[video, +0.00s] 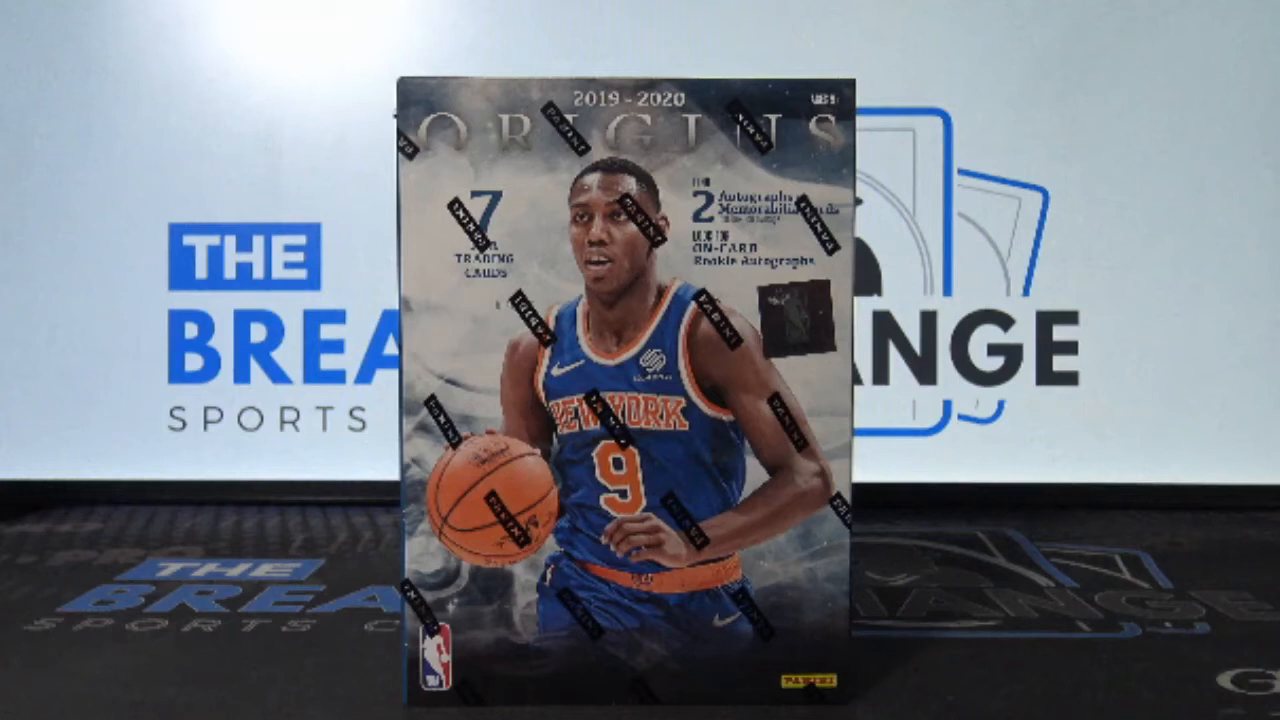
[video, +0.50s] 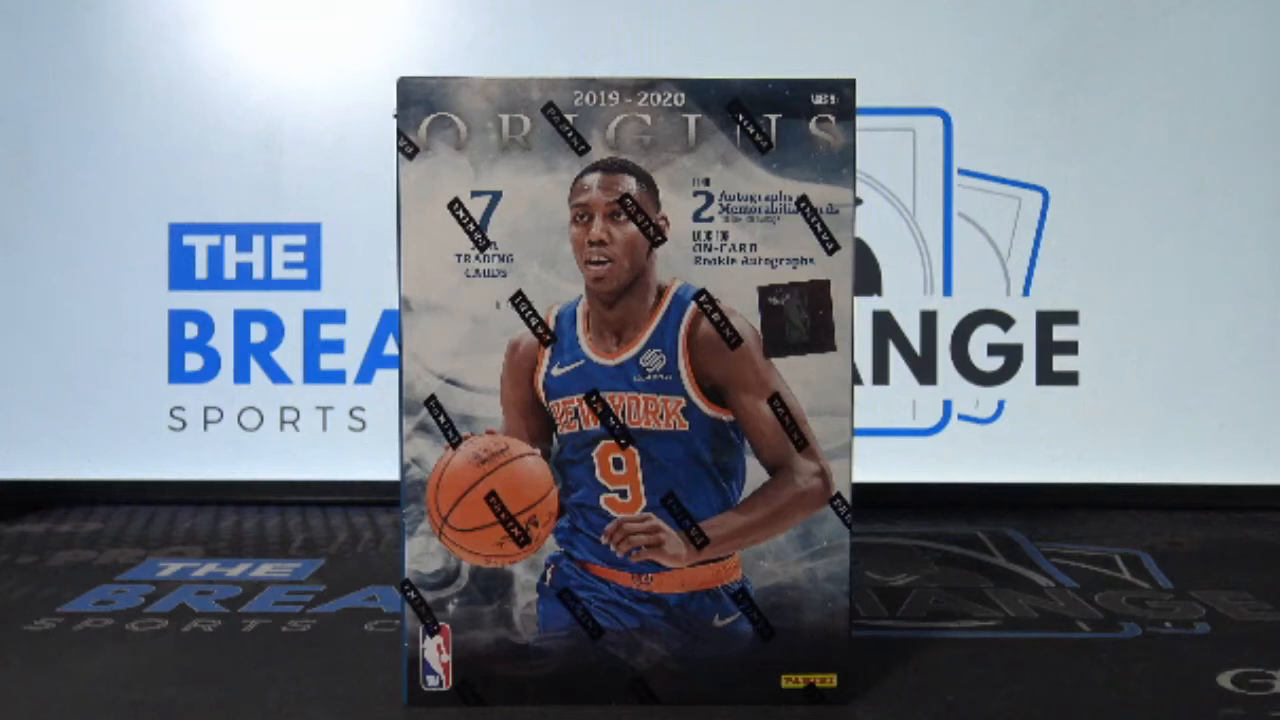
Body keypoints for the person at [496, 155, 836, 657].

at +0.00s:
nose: (595, 235)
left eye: (618, 216)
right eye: (581, 218)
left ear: (657, 230)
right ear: (569, 232)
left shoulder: (712, 334)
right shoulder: (534, 353)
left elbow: (809, 477)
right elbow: (528, 489)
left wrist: (696, 541)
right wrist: (478, 473)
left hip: (699, 613)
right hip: (584, 607)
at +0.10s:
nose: (595, 235)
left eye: (618, 216)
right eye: (581, 218)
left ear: (657, 230)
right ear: (569, 232)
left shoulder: (711, 333)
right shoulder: (534, 353)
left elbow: (809, 477)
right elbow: (528, 489)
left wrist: (696, 541)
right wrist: (482, 469)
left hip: (698, 613)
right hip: (583, 607)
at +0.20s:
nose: (595, 235)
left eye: (617, 216)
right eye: (581, 218)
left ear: (657, 230)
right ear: (569, 232)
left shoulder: (711, 334)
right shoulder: (534, 353)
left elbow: (809, 477)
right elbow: (528, 489)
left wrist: (696, 541)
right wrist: (481, 471)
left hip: (698, 613)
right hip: (583, 607)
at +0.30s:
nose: (595, 235)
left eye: (618, 216)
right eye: (581, 218)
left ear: (657, 230)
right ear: (569, 232)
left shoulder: (712, 334)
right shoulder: (534, 353)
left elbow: (809, 477)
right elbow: (528, 489)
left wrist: (695, 541)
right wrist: (483, 469)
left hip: (699, 612)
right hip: (584, 606)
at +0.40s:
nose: (595, 235)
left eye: (618, 216)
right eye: (581, 218)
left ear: (657, 230)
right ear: (569, 232)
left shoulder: (712, 334)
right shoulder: (534, 353)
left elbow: (809, 477)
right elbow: (528, 489)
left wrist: (695, 541)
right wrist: (483, 469)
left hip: (699, 612)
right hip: (584, 606)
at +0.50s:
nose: (595, 235)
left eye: (618, 216)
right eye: (581, 218)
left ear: (657, 230)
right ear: (569, 232)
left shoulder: (711, 334)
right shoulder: (534, 353)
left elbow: (809, 477)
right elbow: (527, 489)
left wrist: (696, 541)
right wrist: (476, 475)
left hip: (699, 613)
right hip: (584, 608)